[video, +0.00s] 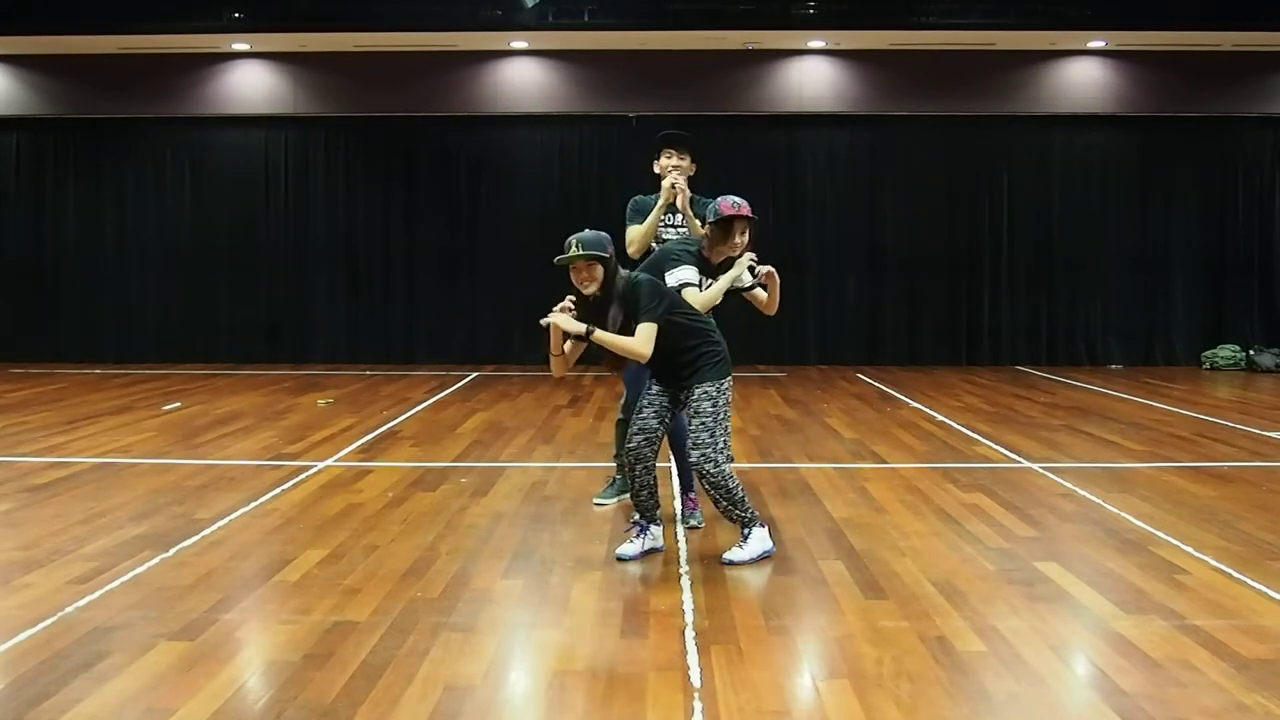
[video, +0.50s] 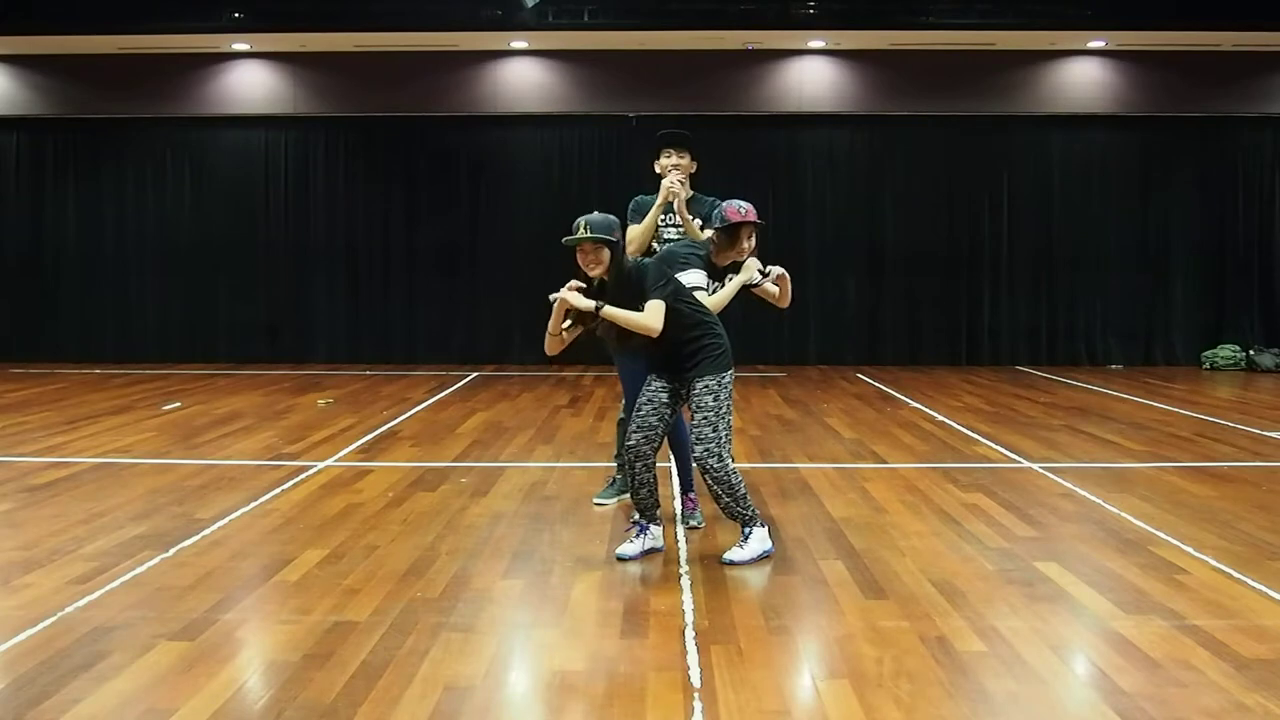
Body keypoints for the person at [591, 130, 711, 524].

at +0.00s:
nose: (671, 165)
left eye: (679, 160)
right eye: (665, 159)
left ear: (693, 167)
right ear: (655, 166)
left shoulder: (705, 206)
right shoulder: (642, 205)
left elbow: (712, 247)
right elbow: (633, 249)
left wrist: (685, 210)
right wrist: (662, 205)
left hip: (690, 323)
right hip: (640, 317)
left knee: (682, 411)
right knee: (633, 400)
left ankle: (688, 493)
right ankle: (624, 474)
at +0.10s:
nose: (671, 164)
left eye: (679, 158)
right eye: (665, 157)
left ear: (693, 166)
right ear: (655, 164)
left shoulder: (705, 204)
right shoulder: (640, 203)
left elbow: (713, 244)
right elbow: (629, 243)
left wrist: (685, 204)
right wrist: (660, 198)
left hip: (685, 323)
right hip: (636, 316)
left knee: (677, 411)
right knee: (633, 401)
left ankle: (688, 493)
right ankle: (624, 475)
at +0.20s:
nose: (671, 164)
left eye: (679, 158)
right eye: (665, 157)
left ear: (692, 166)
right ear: (655, 164)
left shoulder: (706, 204)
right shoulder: (640, 202)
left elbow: (714, 243)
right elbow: (628, 241)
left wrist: (685, 202)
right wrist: (657, 198)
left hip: (688, 321)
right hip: (638, 312)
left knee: (678, 410)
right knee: (634, 400)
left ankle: (688, 490)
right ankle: (624, 474)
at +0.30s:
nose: (671, 164)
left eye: (679, 158)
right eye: (665, 158)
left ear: (692, 166)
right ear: (654, 166)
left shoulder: (705, 207)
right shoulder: (641, 206)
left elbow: (713, 248)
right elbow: (631, 249)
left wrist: (685, 210)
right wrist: (658, 203)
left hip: (690, 317)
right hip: (640, 311)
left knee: (680, 409)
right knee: (634, 398)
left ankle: (688, 492)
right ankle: (624, 474)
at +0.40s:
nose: (672, 164)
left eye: (679, 158)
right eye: (666, 158)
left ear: (693, 166)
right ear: (655, 166)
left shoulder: (706, 210)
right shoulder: (643, 207)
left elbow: (712, 255)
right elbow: (636, 254)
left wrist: (682, 217)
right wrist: (661, 209)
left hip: (689, 323)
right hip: (639, 316)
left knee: (677, 412)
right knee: (633, 400)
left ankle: (688, 494)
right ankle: (624, 474)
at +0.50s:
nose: (672, 165)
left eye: (679, 159)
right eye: (665, 159)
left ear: (693, 166)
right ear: (655, 166)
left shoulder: (707, 208)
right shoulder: (642, 204)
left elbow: (711, 249)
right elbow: (631, 249)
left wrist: (683, 213)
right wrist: (660, 204)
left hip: (686, 323)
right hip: (637, 318)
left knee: (677, 409)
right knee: (633, 400)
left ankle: (687, 493)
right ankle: (624, 475)